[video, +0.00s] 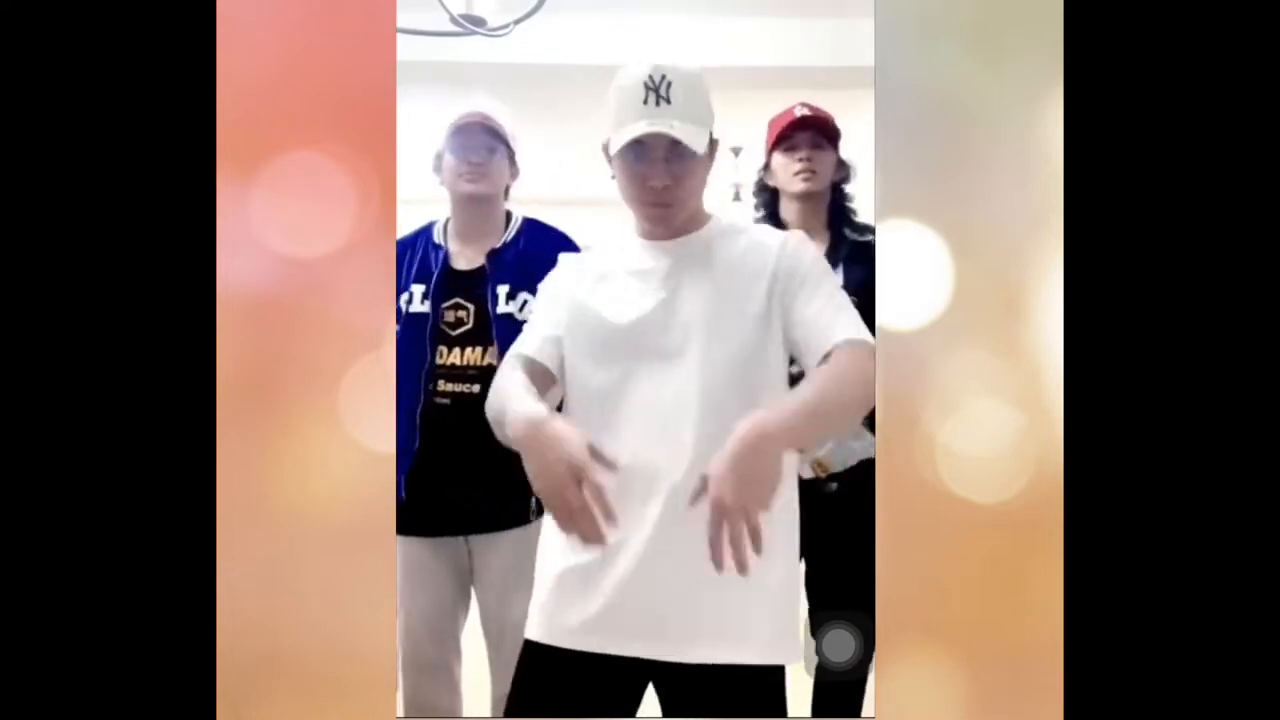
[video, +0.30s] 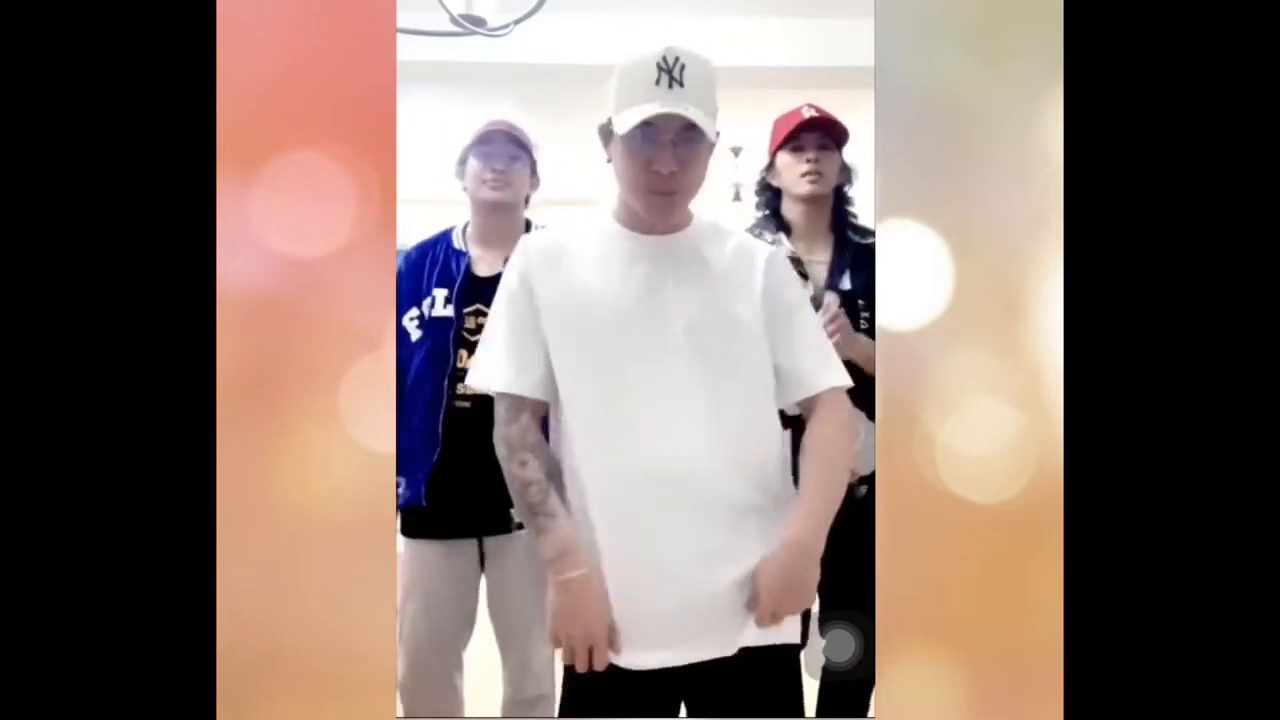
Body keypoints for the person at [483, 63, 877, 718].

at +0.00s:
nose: (659, 174)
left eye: (679, 152)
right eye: (639, 152)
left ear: (712, 156)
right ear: (609, 159)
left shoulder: (775, 260)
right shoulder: (576, 278)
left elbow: (858, 366)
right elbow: (510, 387)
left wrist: (767, 436)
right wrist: (535, 432)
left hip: (726, 616)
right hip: (585, 611)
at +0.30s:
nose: (666, 157)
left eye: (687, 136)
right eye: (645, 133)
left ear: (712, 147)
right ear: (609, 141)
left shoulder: (758, 265)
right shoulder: (546, 264)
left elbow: (834, 410)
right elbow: (516, 427)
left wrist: (802, 548)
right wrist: (567, 567)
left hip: (749, 634)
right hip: (612, 640)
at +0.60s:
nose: (653, 135)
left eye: (675, 114)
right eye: (631, 112)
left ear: (699, 133)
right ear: (593, 127)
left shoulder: (740, 271)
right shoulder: (522, 241)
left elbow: (785, 417)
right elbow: (455, 400)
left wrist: (774, 523)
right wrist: (518, 536)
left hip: (724, 616)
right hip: (581, 614)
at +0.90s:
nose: (622, 125)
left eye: (644, 105)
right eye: (602, 105)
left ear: (685, 119)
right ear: (578, 121)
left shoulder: (740, 262)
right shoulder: (518, 242)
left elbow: (757, 428)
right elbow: (478, 403)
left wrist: (769, 557)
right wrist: (506, 537)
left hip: (702, 621)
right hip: (556, 617)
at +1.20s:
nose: (628, 116)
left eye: (650, 96)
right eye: (607, 96)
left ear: (687, 114)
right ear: (580, 118)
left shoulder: (765, 244)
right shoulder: (541, 251)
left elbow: (834, 398)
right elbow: (512, 400)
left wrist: (782, 514)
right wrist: (515, 487)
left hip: (710, 635)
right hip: (564, 628)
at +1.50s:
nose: (650, 139)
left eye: (672, 117)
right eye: (627, 116)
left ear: (701, 137)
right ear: (594, 136)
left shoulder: (772, 266)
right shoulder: (543, 276)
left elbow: (844, 419)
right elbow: (503, 433)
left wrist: (820, 507)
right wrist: (531, 503)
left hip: (743, 654)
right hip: (587, 655)